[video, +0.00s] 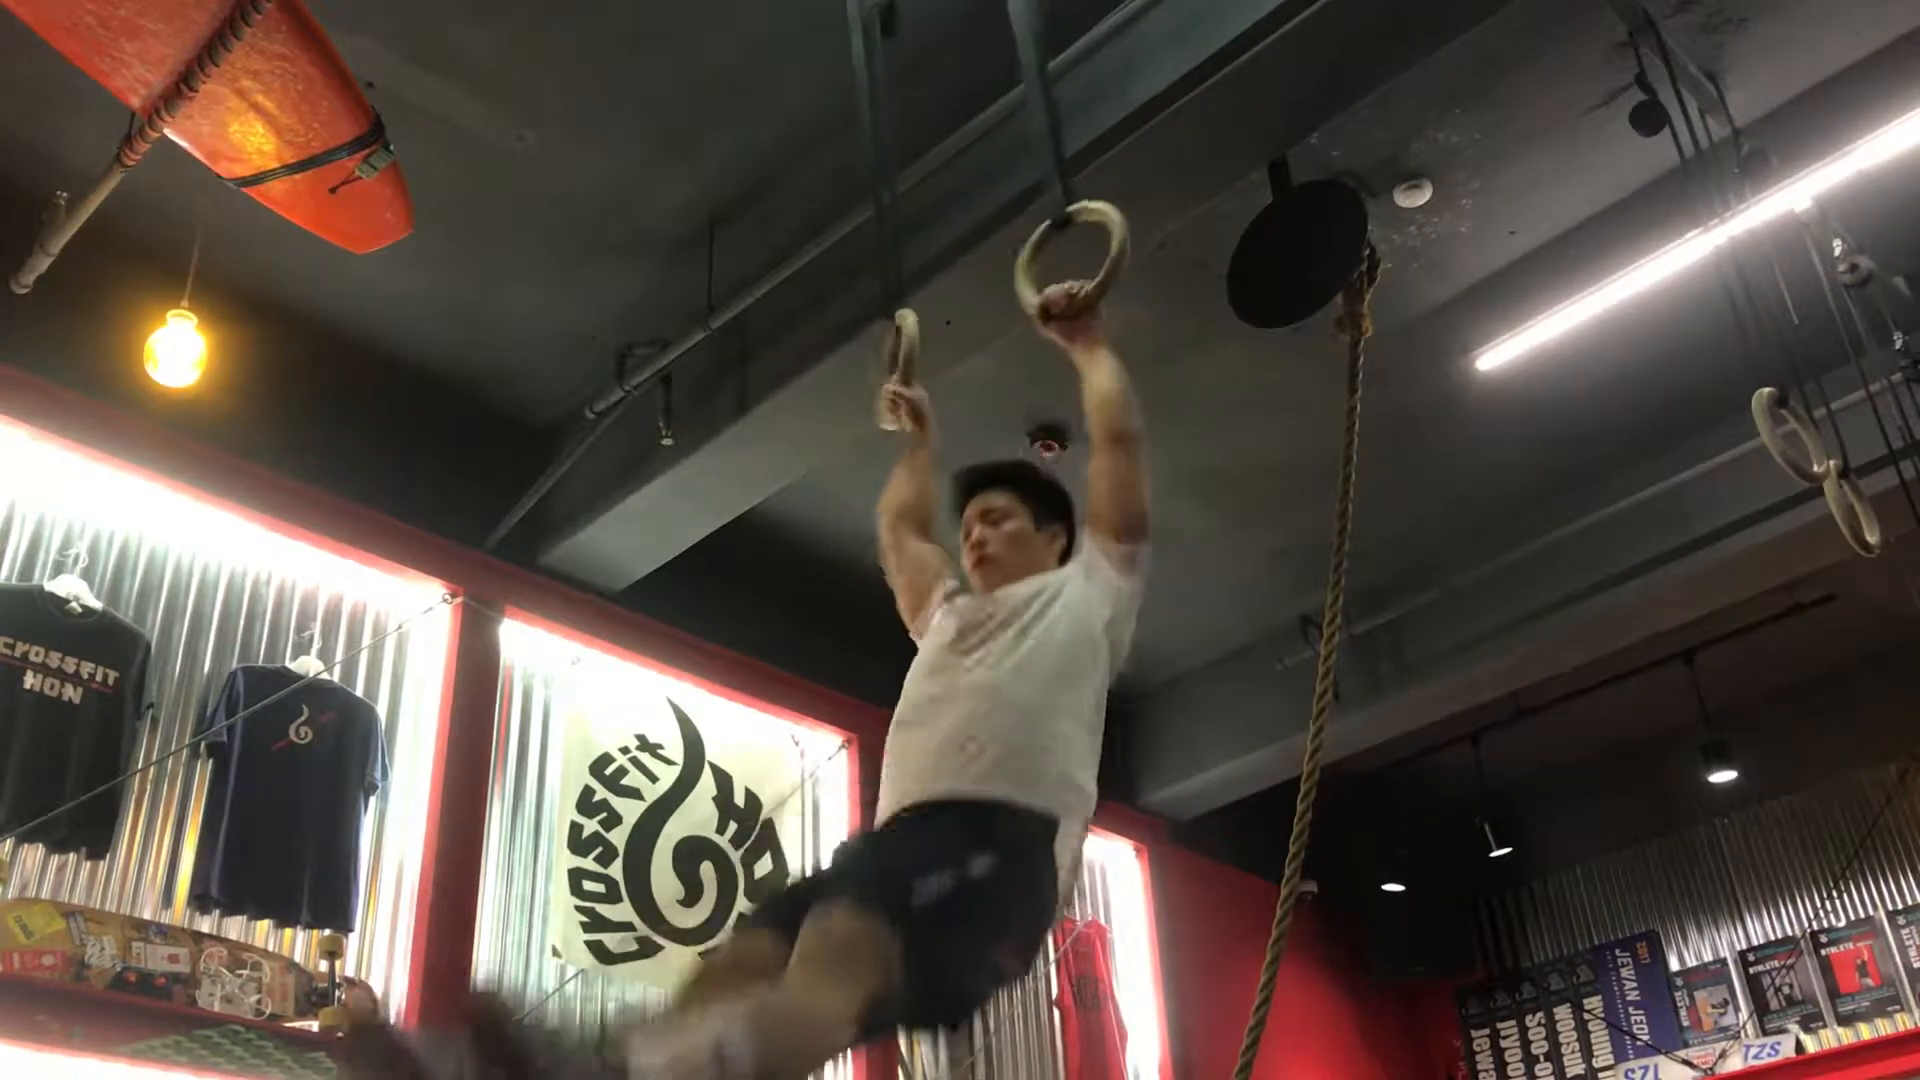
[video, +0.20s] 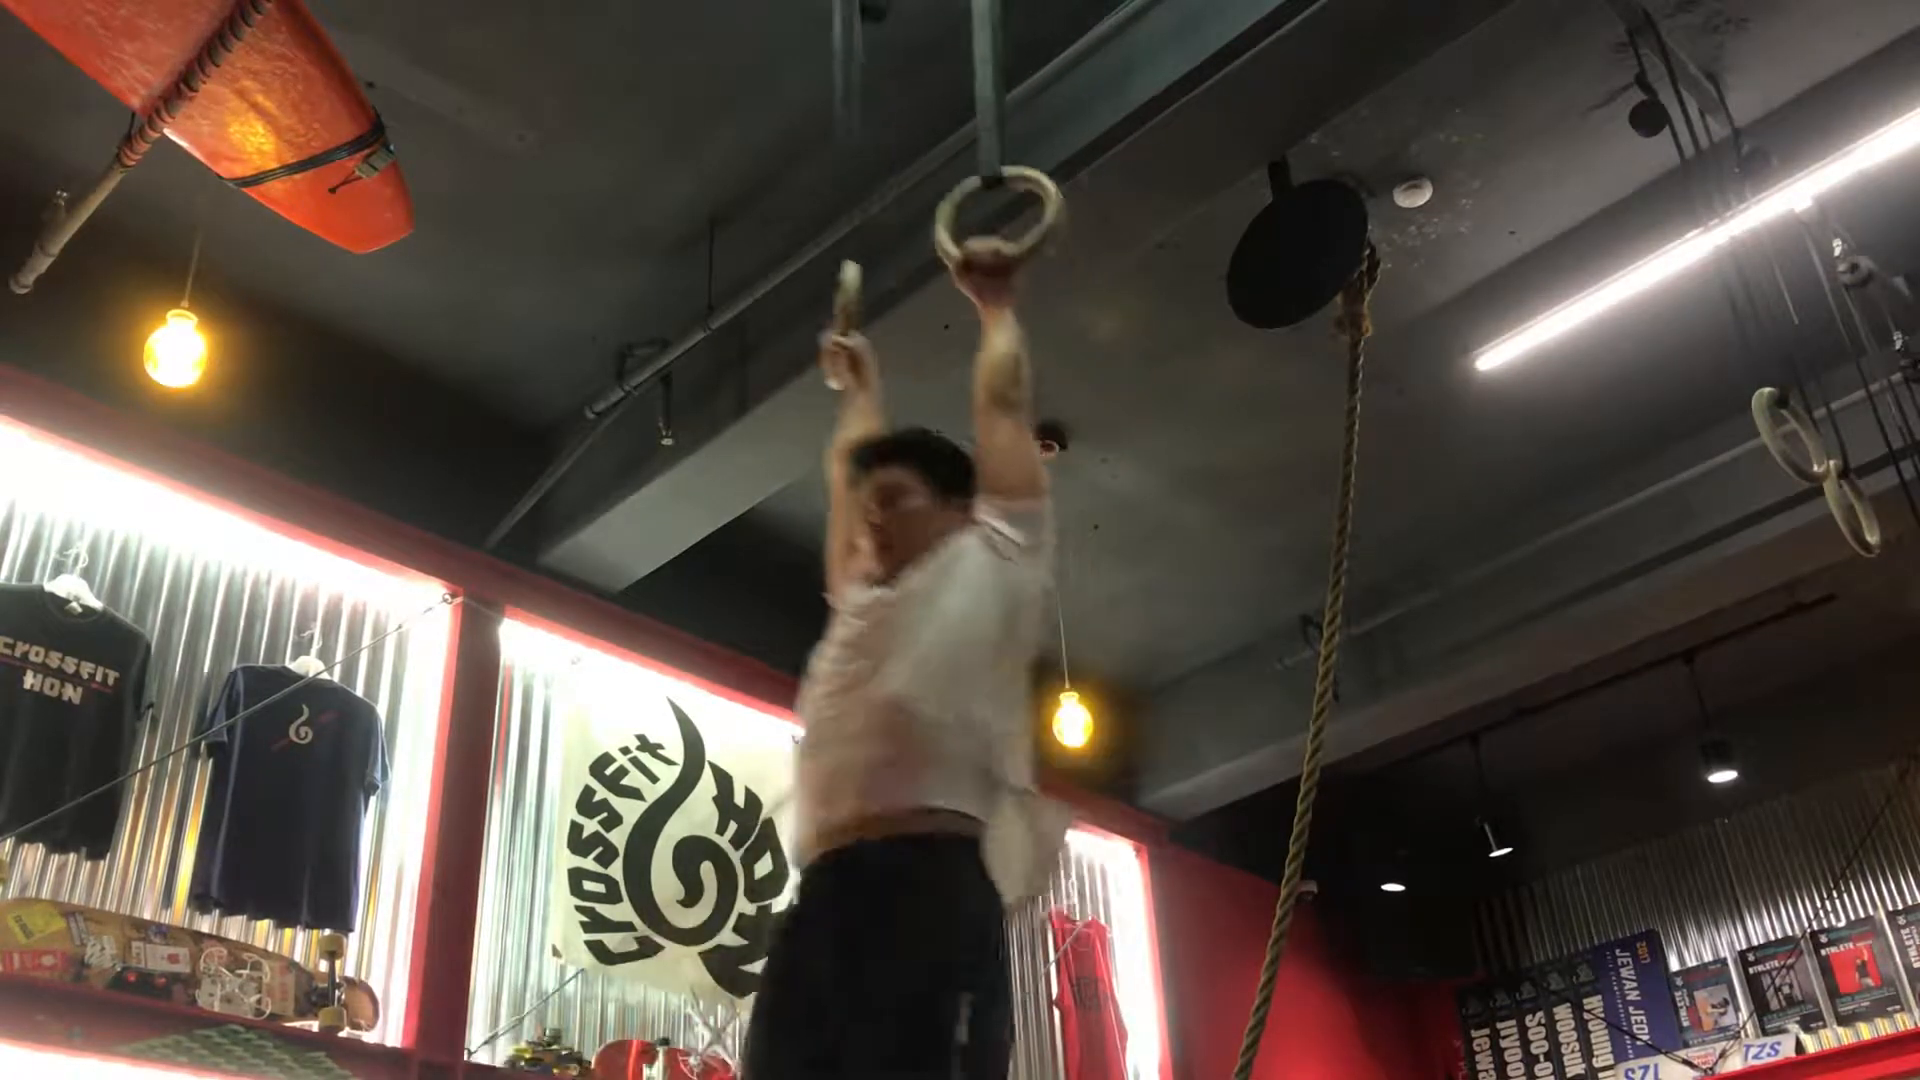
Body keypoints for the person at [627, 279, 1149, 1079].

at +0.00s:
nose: (976, 533)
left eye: (997, 518)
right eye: (969, 527)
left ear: (1055, 535)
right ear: (962, 551)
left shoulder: (1091, 593)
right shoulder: (944, 618)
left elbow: (1117, 438)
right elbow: (902, 531)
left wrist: (1089, 346)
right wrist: (916, 439)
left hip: (996, 843)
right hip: (887, 845)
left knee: (843, 945)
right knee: (736, 960)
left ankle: (697, 1059)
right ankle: (604, 1059)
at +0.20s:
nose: (880, 516)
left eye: (898, 498)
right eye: (868, 505)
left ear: (952, 504)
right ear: (861, 523)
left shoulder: (997, 561)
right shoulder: (857, 602)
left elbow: (1001, 405)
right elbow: (850, 493)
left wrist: (997, 306)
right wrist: (856, 392)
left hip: (931, 886)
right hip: (826, 897)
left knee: (924, 1064)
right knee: (780, 1064)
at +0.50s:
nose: (715, 392)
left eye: (742, 377)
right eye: (708, 382)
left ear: (799, 401)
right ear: (706, 423)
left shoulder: (847, 467)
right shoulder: (714, 521)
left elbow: (854, 303)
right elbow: (720, 422)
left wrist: (862, 193)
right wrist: (745, 308)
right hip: (775, 891)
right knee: (820, 1068)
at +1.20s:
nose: (1126, 606)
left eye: (1142, 601)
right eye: (1123, 604)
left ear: (1171, 607)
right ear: (1110, 615)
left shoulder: (1191, 640)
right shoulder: (1048, 647)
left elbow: (1187, 497)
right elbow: (1010, 581)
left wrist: (1155, 395)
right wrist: (1006, 483)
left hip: (1029, 720)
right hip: (946, 742)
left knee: (845, 621)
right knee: (691, 746)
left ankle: (754, 885)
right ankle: (705, 956)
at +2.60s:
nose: (899, 106)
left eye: (911, 84)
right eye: (886, 97)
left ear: (965, 84)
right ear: (887, 118)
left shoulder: (1025, 138)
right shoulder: (902, 229)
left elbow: (1161, 191)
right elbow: (908, 322)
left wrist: (1131, 232)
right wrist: (871, 338)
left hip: (1041, 386)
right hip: (961, 439)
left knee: (885, 334)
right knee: (815, 388)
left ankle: (806, 499)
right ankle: (745, 531)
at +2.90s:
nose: (1032, 496)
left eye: (1052, 480)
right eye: (1022, 488)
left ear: (1100, 490)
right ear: (1016, 508)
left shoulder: (1129, 552)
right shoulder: (981, 593)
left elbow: (1178, 419)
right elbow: (895, 551)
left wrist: (1123, 337)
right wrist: (915, 451)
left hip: (1019, 752)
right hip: (924, 777)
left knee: (853, 652)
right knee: (745, 696)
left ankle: (575, 746)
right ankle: (504, 770)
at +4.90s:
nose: (758, 117)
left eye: (775, 92)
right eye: (750, 105)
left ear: (836, 92)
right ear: (756, 130)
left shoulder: (924, 130)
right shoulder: (791, 235)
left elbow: (1055, 152)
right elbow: (838, 304)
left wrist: (1063, 235)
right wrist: (852, 362)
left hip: (1041, 362)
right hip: (942, 410)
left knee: (977, 480)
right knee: (890, 513)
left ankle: (1124, 669)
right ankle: (1048, 692)